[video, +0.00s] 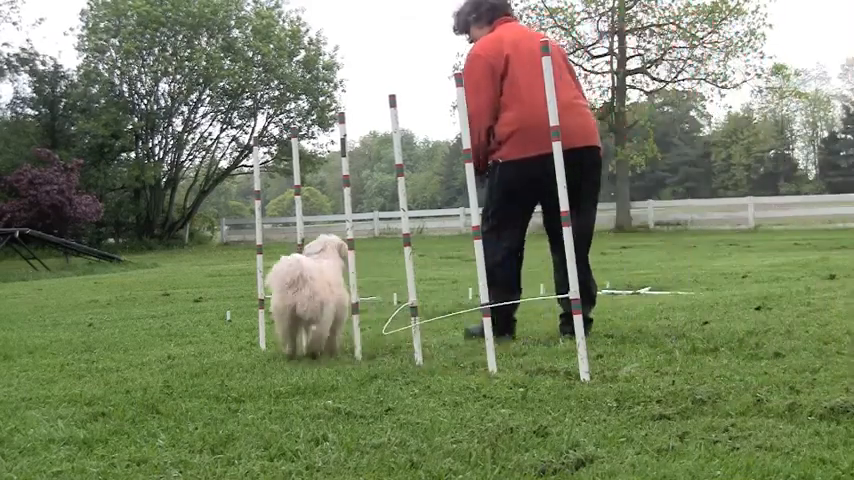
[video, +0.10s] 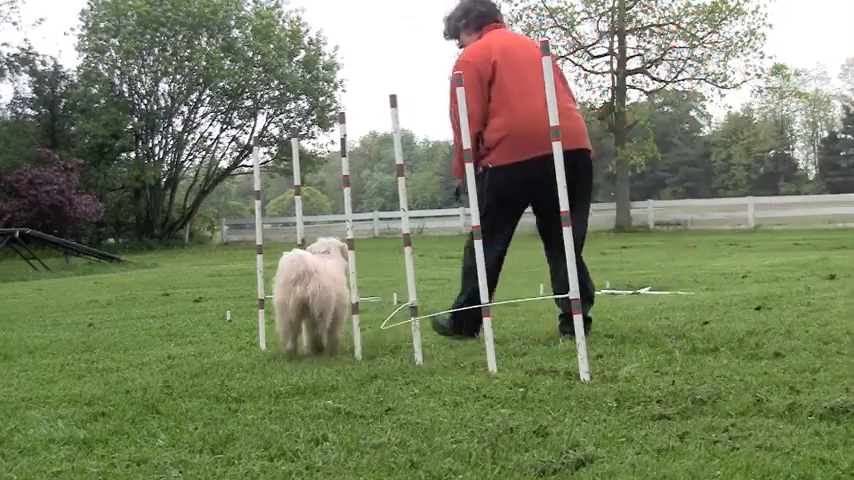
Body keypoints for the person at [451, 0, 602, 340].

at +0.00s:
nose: (470, 41)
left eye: (469, 33)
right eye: (467, 35)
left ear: (480, 21)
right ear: (506, 16)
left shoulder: (484, 51)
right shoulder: (549, 43)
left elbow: (479, 117)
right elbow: (575, 92)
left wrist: (479, 163)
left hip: (524, 150)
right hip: (582, 144)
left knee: (501, 235)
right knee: (572, 234)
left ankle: (499, 322)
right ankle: (577, 319)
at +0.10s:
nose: (459, 47)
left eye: (459, 39)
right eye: (457, 41)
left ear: (471, 28)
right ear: (497, 22)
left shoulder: (472, 56)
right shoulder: (538, 48)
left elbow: (466, 121)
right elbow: (566, 99)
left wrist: (463, 173)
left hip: (514, 154)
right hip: (572, 148)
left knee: (488, 239)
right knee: (565, 238)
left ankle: (465, 319)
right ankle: (576, 318)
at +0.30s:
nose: (424, 64)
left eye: (424, 57)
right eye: (421, 59)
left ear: (435, 46)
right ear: (459, 42)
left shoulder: (433, 81)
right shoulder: (499, 62)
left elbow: (427, 144)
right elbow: (535, 107)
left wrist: (429, 200)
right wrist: (544, 147)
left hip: (481, 165)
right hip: (536, 153)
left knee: (460, 251)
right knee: (550, 239)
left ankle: (436, 325)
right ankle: (573, 316)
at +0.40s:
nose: (399, 75)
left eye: (400, 68)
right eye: (397, 69)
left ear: (411, 59)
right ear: (434, 54)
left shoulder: (409, 90)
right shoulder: (474, 71)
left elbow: (391, 160)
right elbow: (511, 113)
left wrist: (367, 202)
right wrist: (533, 154)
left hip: (459, 169)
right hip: (517, 155)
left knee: (440, 248)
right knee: (541, 238)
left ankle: (430, 328)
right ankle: (569, 318)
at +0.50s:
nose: (379, 83)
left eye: (378, 76)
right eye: (377, 77)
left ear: (388, 68)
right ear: (414, 61)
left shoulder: (389, 96)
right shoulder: (454, 76)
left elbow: (361, 145)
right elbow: (493, 111)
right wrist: (520, 153)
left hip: (446, 166)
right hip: (503, 152)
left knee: (431, 247)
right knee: (529, 239)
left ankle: (429, 326)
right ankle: (566, 309)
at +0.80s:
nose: (359, 74)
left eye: (359, 68)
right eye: (357, 69)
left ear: (368, 59)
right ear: (394, 52)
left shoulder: (368, 82)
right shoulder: (430, 67)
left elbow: (361, 153)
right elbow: (460, 101)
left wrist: (342, 150)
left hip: (429, 152)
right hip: (481, 141)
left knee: (427, 241)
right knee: (486, 230)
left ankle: (430, 324)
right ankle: (525, 289)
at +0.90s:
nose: (362, 66)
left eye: (361, 60)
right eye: (360, 61)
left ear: (366, 53)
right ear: (396, 44)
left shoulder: (366, 79)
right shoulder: (429, 62)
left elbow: (362, 149)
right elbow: (465, 101)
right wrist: (486, 146)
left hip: (426, 151)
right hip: (476, 142)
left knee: (428, 241)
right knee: (471, 230)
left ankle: (431, 325)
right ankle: (499, 302)